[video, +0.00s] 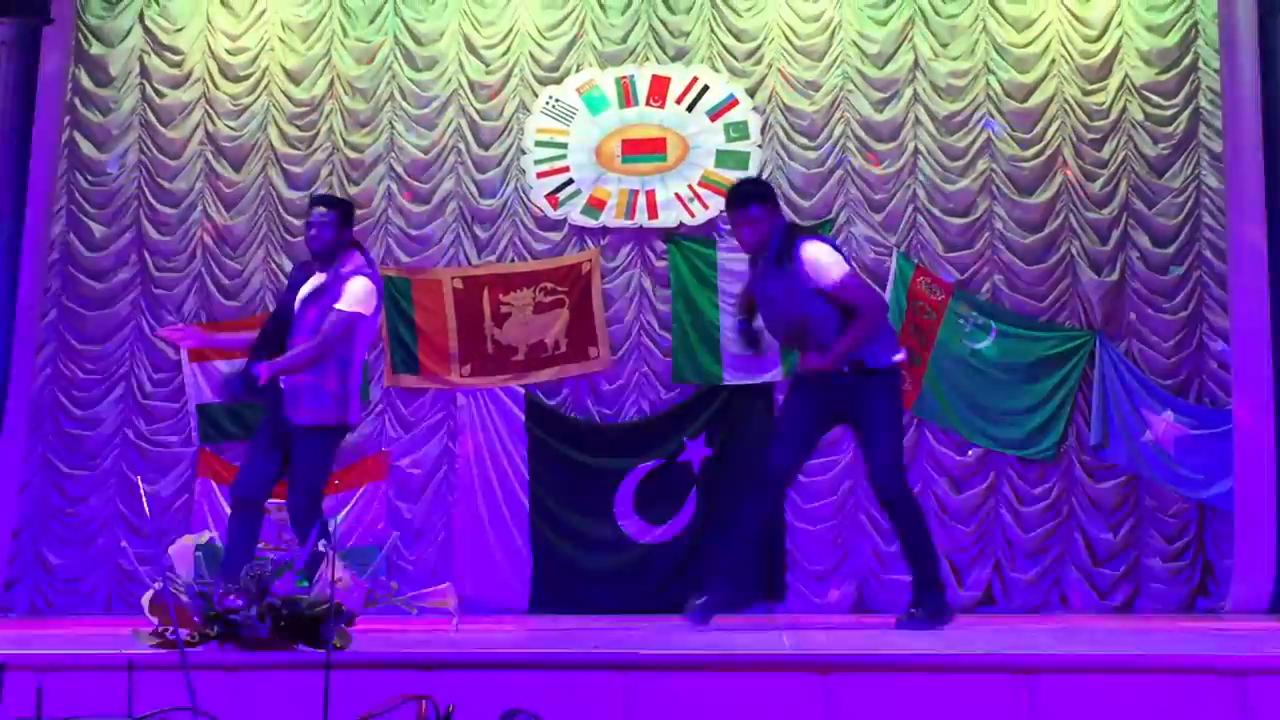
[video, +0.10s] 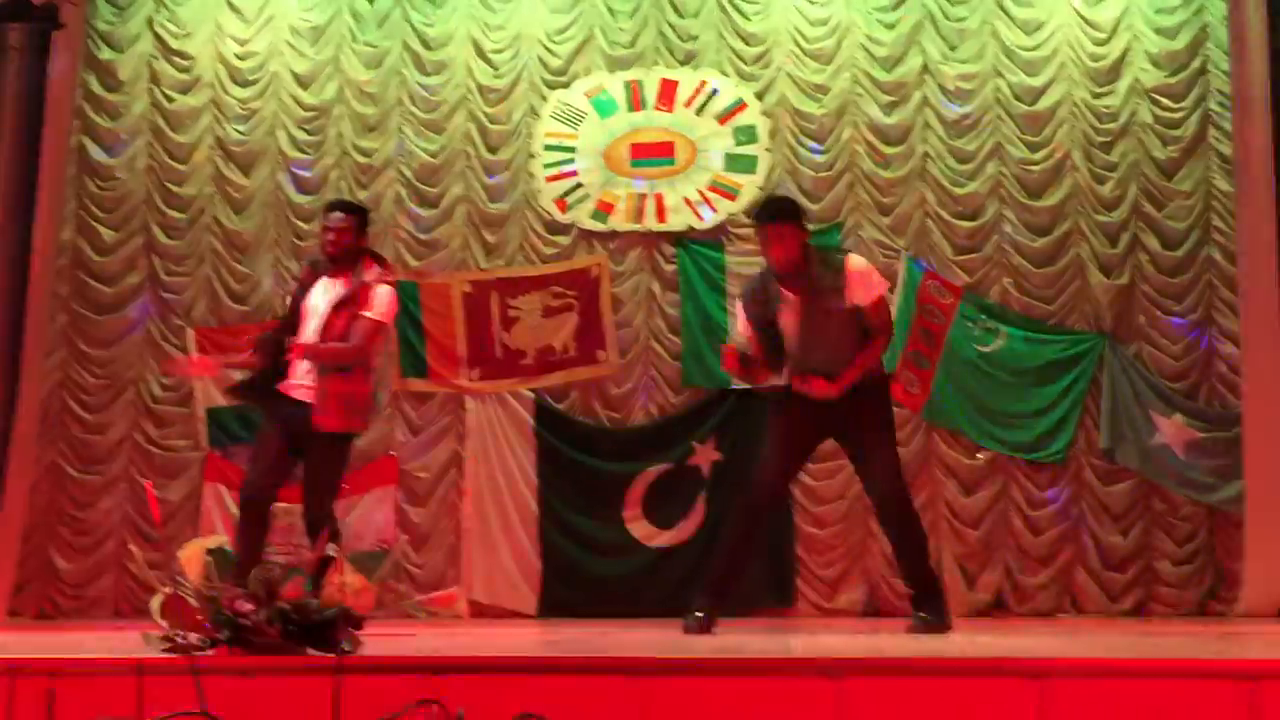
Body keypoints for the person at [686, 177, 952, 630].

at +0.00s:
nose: (743, 234)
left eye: (750, 222)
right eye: (736, 225)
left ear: (774, 216)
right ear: (733, 226)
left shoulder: (812, 255)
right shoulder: (761, 265)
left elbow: (875, 309)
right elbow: (756, 292)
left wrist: (830, 357)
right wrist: (746, 319)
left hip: (870, 378)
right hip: (814, 381)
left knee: (889, 484)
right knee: (771, 476)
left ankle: (931, 596)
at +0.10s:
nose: (775, 250)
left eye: (783, 239)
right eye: (768, 241)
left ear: (802, 236)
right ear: (761, 245)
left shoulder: (851, 272)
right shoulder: (758, 296)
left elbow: (882, 335)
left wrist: (843, 382)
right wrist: (745, 364)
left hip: (858, 394)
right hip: (801, 397)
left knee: (890, 496)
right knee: (760, 493)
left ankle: (930, 605)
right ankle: (707, 605)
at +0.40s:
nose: (799, 308)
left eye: (809, 297)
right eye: (791, 298)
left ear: (829, 290)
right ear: (781, 295)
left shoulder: (869, 314)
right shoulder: (766, 330)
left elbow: (909, 351)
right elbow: (727, 390)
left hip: (871, 399)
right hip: (807, 404)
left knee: (909, 492)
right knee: (759, 484)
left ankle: (964, 602)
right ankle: (740, 599)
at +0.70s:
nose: (942, 214)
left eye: (939, 205)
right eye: (933, 206)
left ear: (912, 214)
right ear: (905, 214)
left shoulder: (917, 270)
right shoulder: (869, 269)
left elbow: (892, 341)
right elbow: (853, 349)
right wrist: (918, 365)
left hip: (867, 399)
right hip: (829, 397)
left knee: (921, 483)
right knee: (823, 490)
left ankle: (902, 603)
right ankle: (730, 560)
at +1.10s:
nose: (788, 235)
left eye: (796, 225)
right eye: (784, 227)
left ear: (826, 226)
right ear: (786, 233)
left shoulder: (852, 262)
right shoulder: (817, 282)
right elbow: (874, 336)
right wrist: (877, 399)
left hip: (938, 379)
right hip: (895, 387)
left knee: (966, 496)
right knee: (896, 502)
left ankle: (1014, 616)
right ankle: (914, 611)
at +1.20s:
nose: (795, 238)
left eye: (802, 227)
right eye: (786, 232)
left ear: (824, 225)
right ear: (781, 240)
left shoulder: (867, 259)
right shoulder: (801, 294)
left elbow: (925, 315)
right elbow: (848, 356)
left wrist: (921, 386)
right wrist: (838, 412)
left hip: (915, 392)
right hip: (862, 403)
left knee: (946, 497)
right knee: (841, 511)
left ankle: (993, 618)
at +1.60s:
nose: (826, 213)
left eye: (834, 203)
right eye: (817, 205)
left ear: (849, 202)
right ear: (805, 208)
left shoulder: (879, 243)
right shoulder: (784, 260)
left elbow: (919, 274)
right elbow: (724, 305)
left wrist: (930, 296)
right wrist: (725, 380)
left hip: (871, 393)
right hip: (808, 397)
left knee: (901, 504)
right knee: (782, 498)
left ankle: (929, 622)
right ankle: (790, 608)